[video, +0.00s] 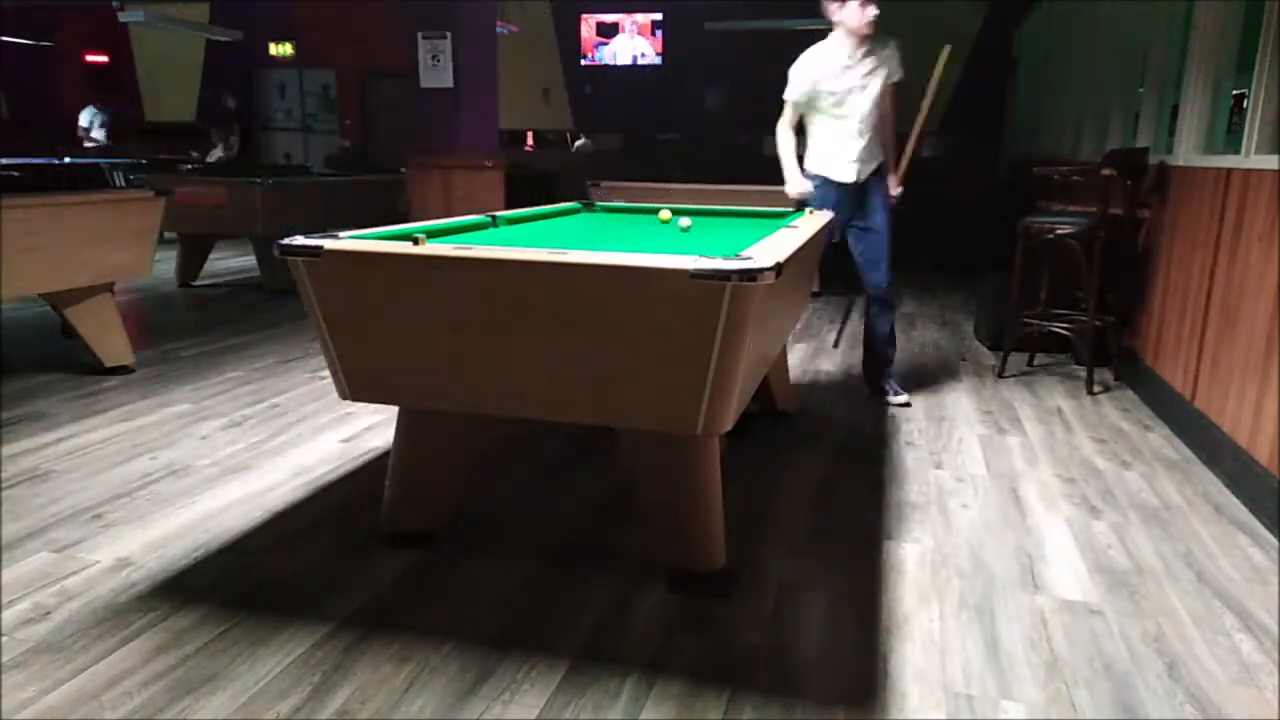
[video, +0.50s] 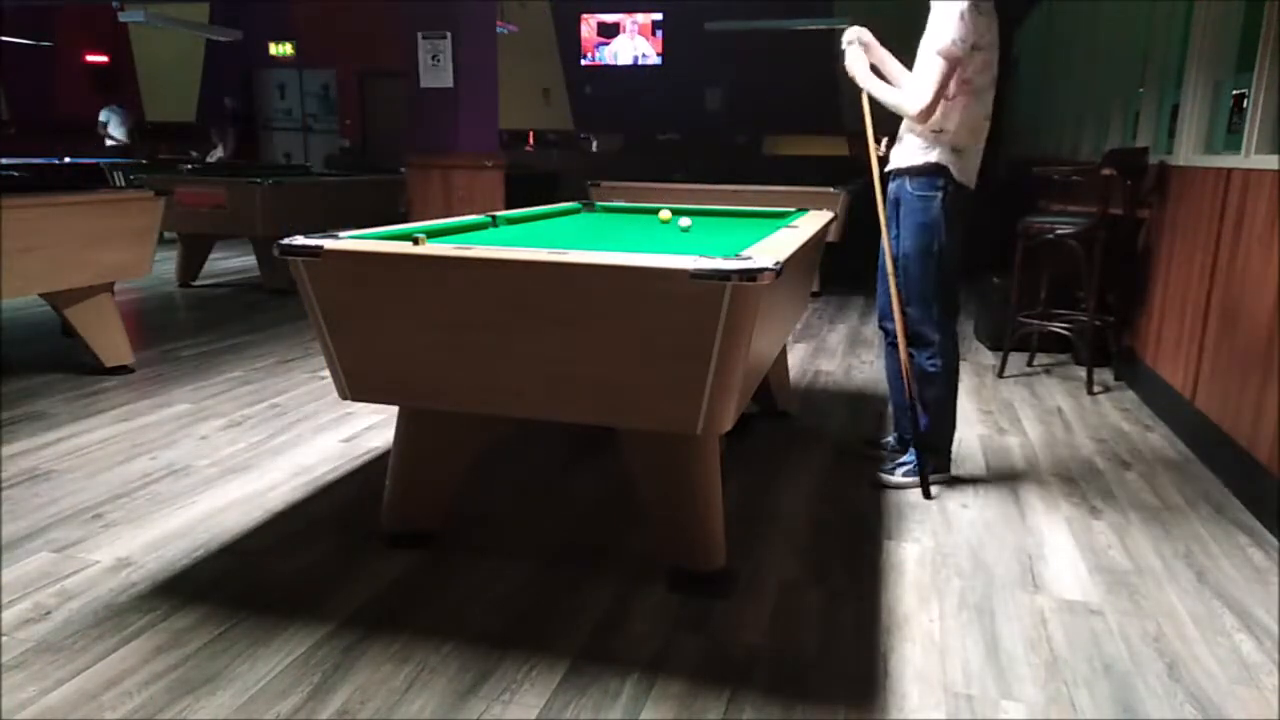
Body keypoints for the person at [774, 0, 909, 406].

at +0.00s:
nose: (872, 10)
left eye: (872, 3)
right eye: (861, 4)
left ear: (873, 9)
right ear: (834, 12)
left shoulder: (886, 55)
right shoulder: (812, 63)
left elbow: (886, 115)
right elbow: (785, 125)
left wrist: (890, 170)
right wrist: (792, 177)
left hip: (870, 185)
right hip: (822, 186)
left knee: (880, 286)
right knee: (796, 283)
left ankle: (881, 377)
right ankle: (760, 376)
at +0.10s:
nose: (947, 3)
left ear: (949, 7)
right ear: (915, 2)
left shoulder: (958, 54)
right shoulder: (875, 47)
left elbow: (954, 123)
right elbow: (848, 116)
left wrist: (961, 179)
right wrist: (834, 182)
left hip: (929, 188)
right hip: (877, 183)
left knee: (905, 291)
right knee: (883, 293)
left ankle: (880, 372)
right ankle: (897, 401)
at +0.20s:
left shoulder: (964, 20)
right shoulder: (889, 36)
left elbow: (987, 111)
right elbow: (879, 122)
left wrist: (953, 182)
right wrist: (836, 187)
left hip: (930, 189)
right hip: (885, 187)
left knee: (917, 318)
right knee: (881, 315)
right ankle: (901, 409)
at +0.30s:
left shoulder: (957, 11)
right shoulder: (945, 14)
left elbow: (969, 106)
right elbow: (946, 106)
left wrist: (900, 177)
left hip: (937, 186)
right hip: (915, 183)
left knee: (925, 326)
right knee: (890, 319)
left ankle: (929, 456)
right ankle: (908, 434)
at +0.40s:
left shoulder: (957, 11)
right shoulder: (955, 13)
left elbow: (921, 105)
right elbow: (927, 98)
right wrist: (883, 55)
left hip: (933, 181)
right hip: (910, 180)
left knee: (926, 325)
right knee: (895, 319)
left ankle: (930, 455)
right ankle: (908, 436)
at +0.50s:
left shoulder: (956, 11)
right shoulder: (956, 13)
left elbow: (917, 106)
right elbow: (924, 96)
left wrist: (863, 74)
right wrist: (878, 53)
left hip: (931, 181)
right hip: (910, 180)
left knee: (924, 325)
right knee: (894, 319)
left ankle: (930, 455)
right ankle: (908, 437)